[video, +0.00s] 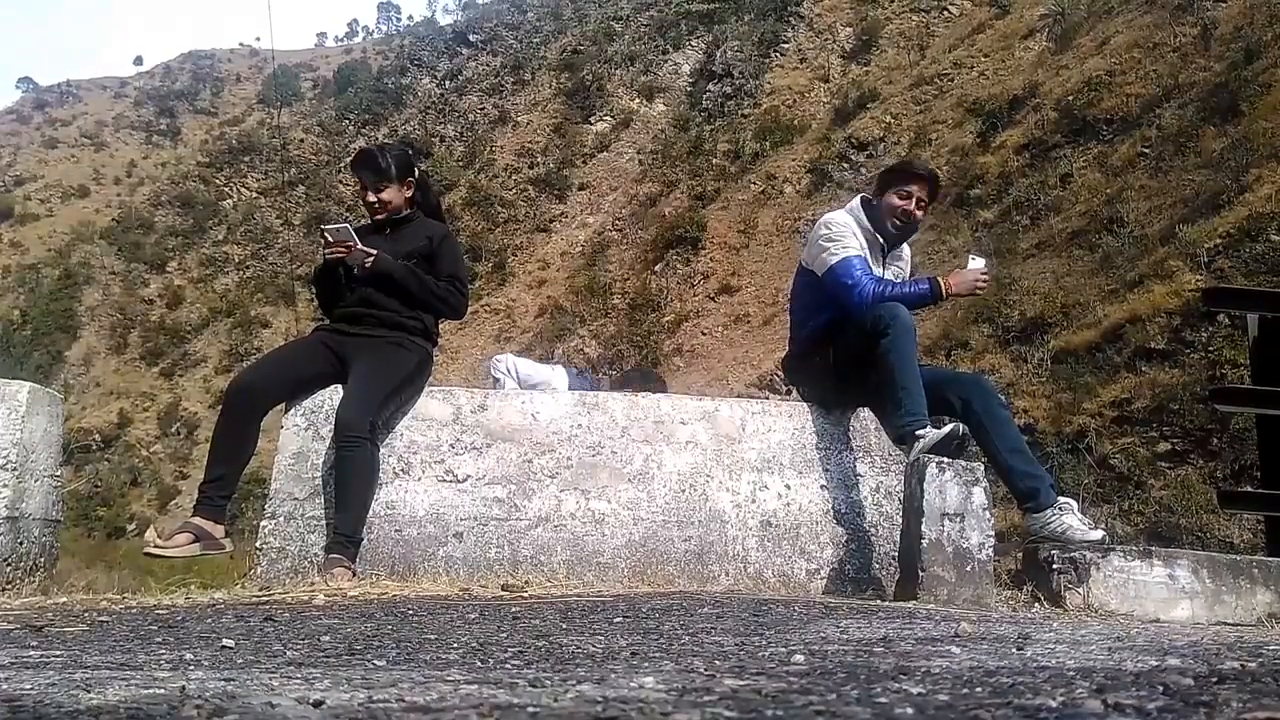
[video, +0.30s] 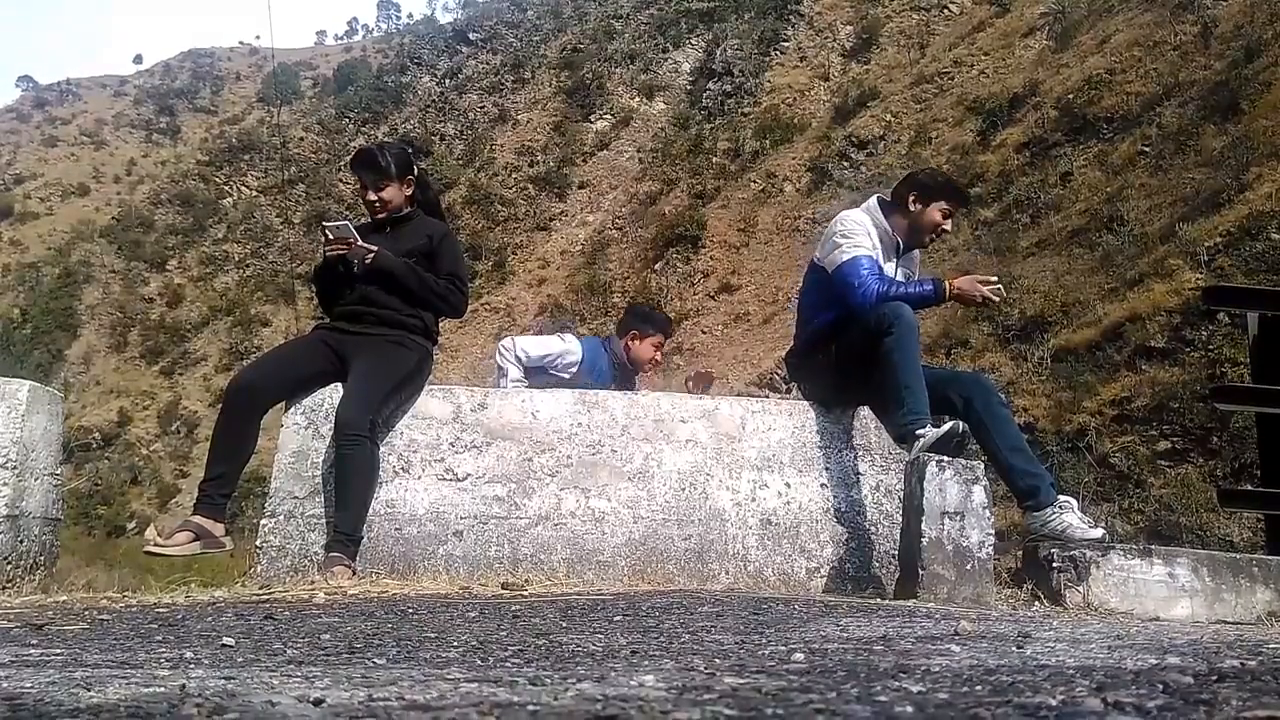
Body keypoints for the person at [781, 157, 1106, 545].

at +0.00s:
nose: (910, 209)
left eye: (920, 205)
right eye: (902, 196)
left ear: (923, 215)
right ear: (878, 193)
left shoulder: (899, 251)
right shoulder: (835, 228)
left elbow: (886, 308)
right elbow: (862, 292)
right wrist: (943, 286)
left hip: (872, 375)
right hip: (821, 371)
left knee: (975, 391)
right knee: (893, 317)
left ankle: (1043, 509)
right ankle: (914, 433)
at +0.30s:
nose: (946, 227)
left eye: (951, 219)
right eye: (943, 214)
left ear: (918, 209)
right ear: (912, 201)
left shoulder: (908, 254)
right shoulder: (851, 227)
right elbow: (866, 293)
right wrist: (944, 288)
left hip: (870, 373)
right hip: (822, 369)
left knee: (975, 389)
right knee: (896, 315)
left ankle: (1043, 507)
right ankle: (914, 431)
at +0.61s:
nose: (966, 233)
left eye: (970, 224)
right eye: (962, 220)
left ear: (935, 216)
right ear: (931, 211)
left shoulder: (921, 257)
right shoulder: (872, 229)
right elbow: (877, 296)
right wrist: (956, 291)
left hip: (875, 373)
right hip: (828, 368)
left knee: (976, 389)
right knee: (906, 316)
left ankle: (1043, 507)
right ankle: (917, 428)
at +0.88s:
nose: (970, 234)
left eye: (974, 226)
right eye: (967, 222)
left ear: (938, 217)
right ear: (936, 212)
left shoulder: (921, 253)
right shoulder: (879, 228)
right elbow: (882, 295)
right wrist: (960, 288)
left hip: (875, 369)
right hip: (828, 364)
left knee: (977, 388)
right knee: (909, 317)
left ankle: (1044, 504)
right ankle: (920, 428)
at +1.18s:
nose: (964, 228)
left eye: (968, 219)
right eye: (959, 215)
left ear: (931, 214)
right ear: (927, 207)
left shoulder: (921, 251)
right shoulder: (871, 227)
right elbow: (875, 293)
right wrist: (953, 284)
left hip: (876, 370)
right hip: (828, 364)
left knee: (976, 387)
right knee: (906, 316)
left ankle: (1044, 504)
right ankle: (918, 426)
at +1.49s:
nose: (958, 226)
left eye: (963, 218)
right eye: (952, 214)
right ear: (922, 205)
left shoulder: (921, 251)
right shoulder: (868, 228)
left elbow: (912, 305)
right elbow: (874, 293)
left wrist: (954, 289)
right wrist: (951, 284)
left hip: (877, 371)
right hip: (827, 366)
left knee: (976, 387)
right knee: (905, 316)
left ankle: (1043, 504)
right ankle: (917, 427)